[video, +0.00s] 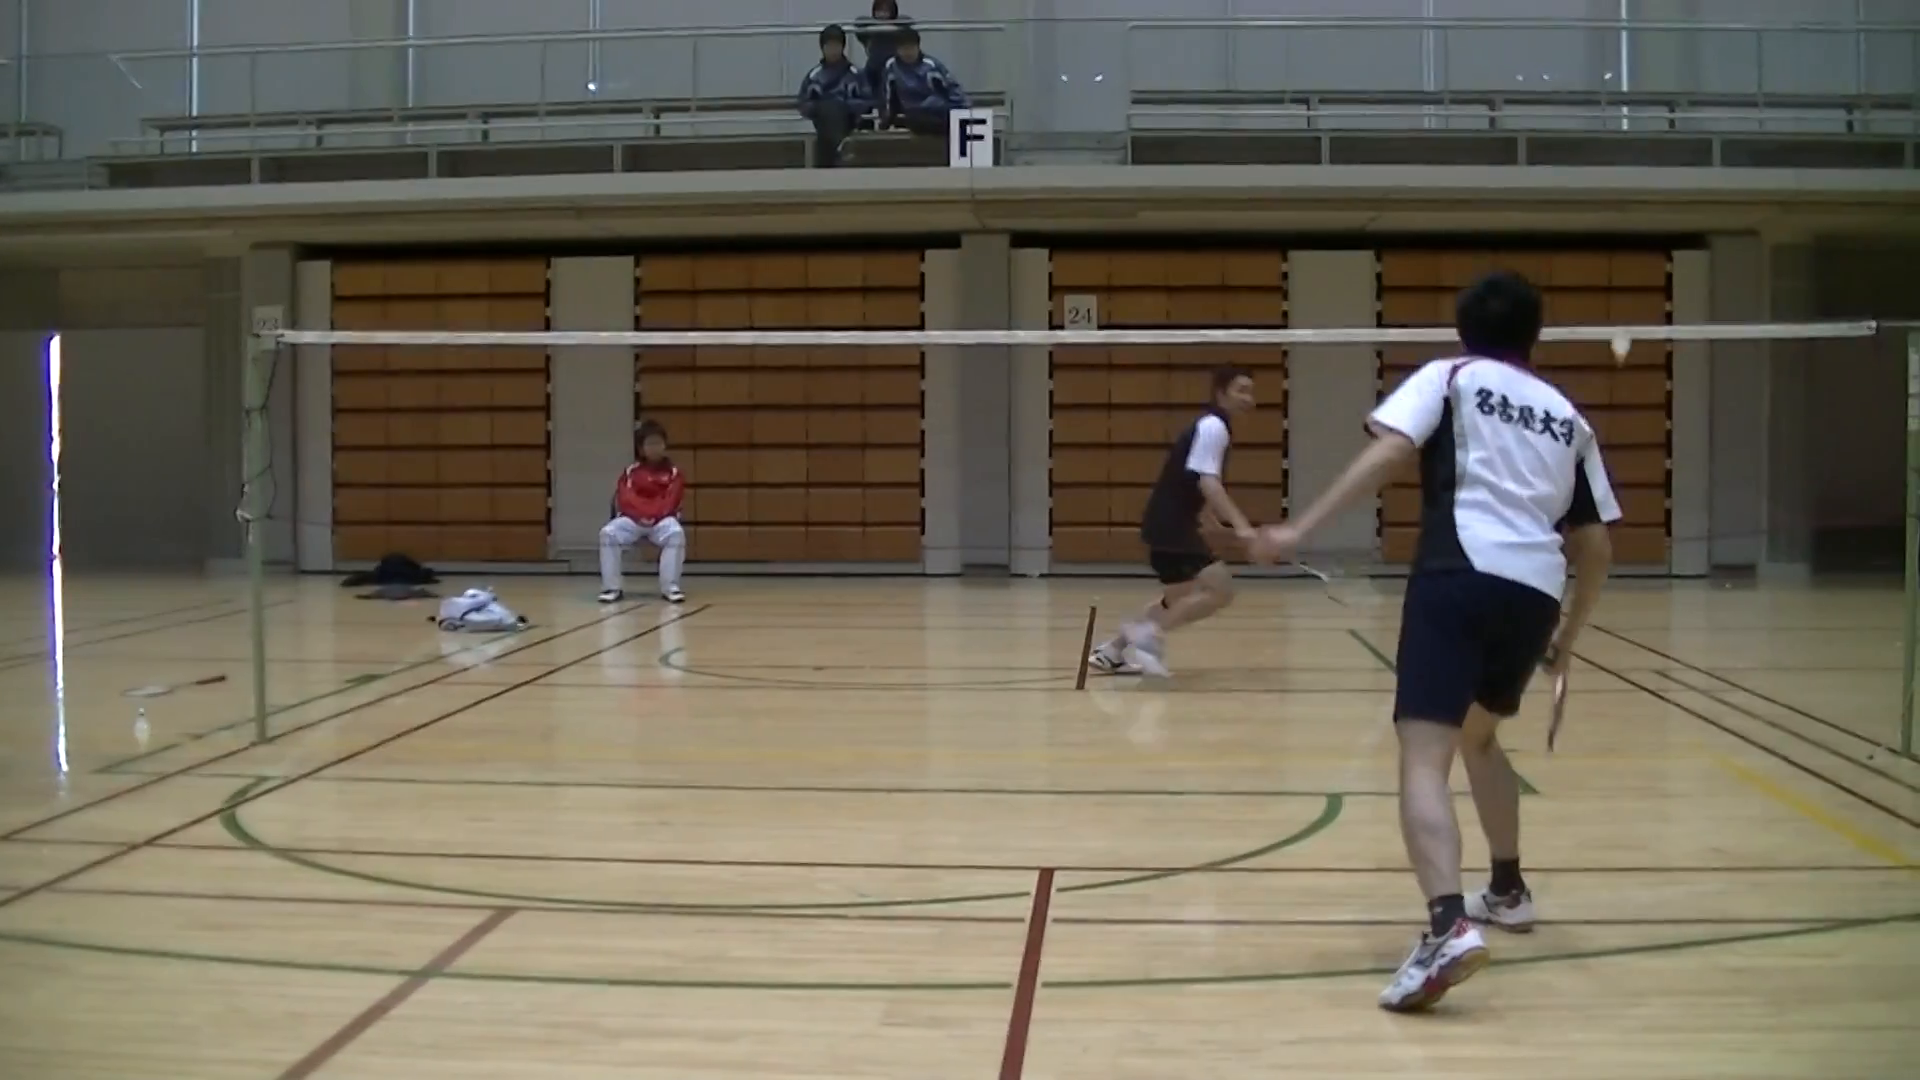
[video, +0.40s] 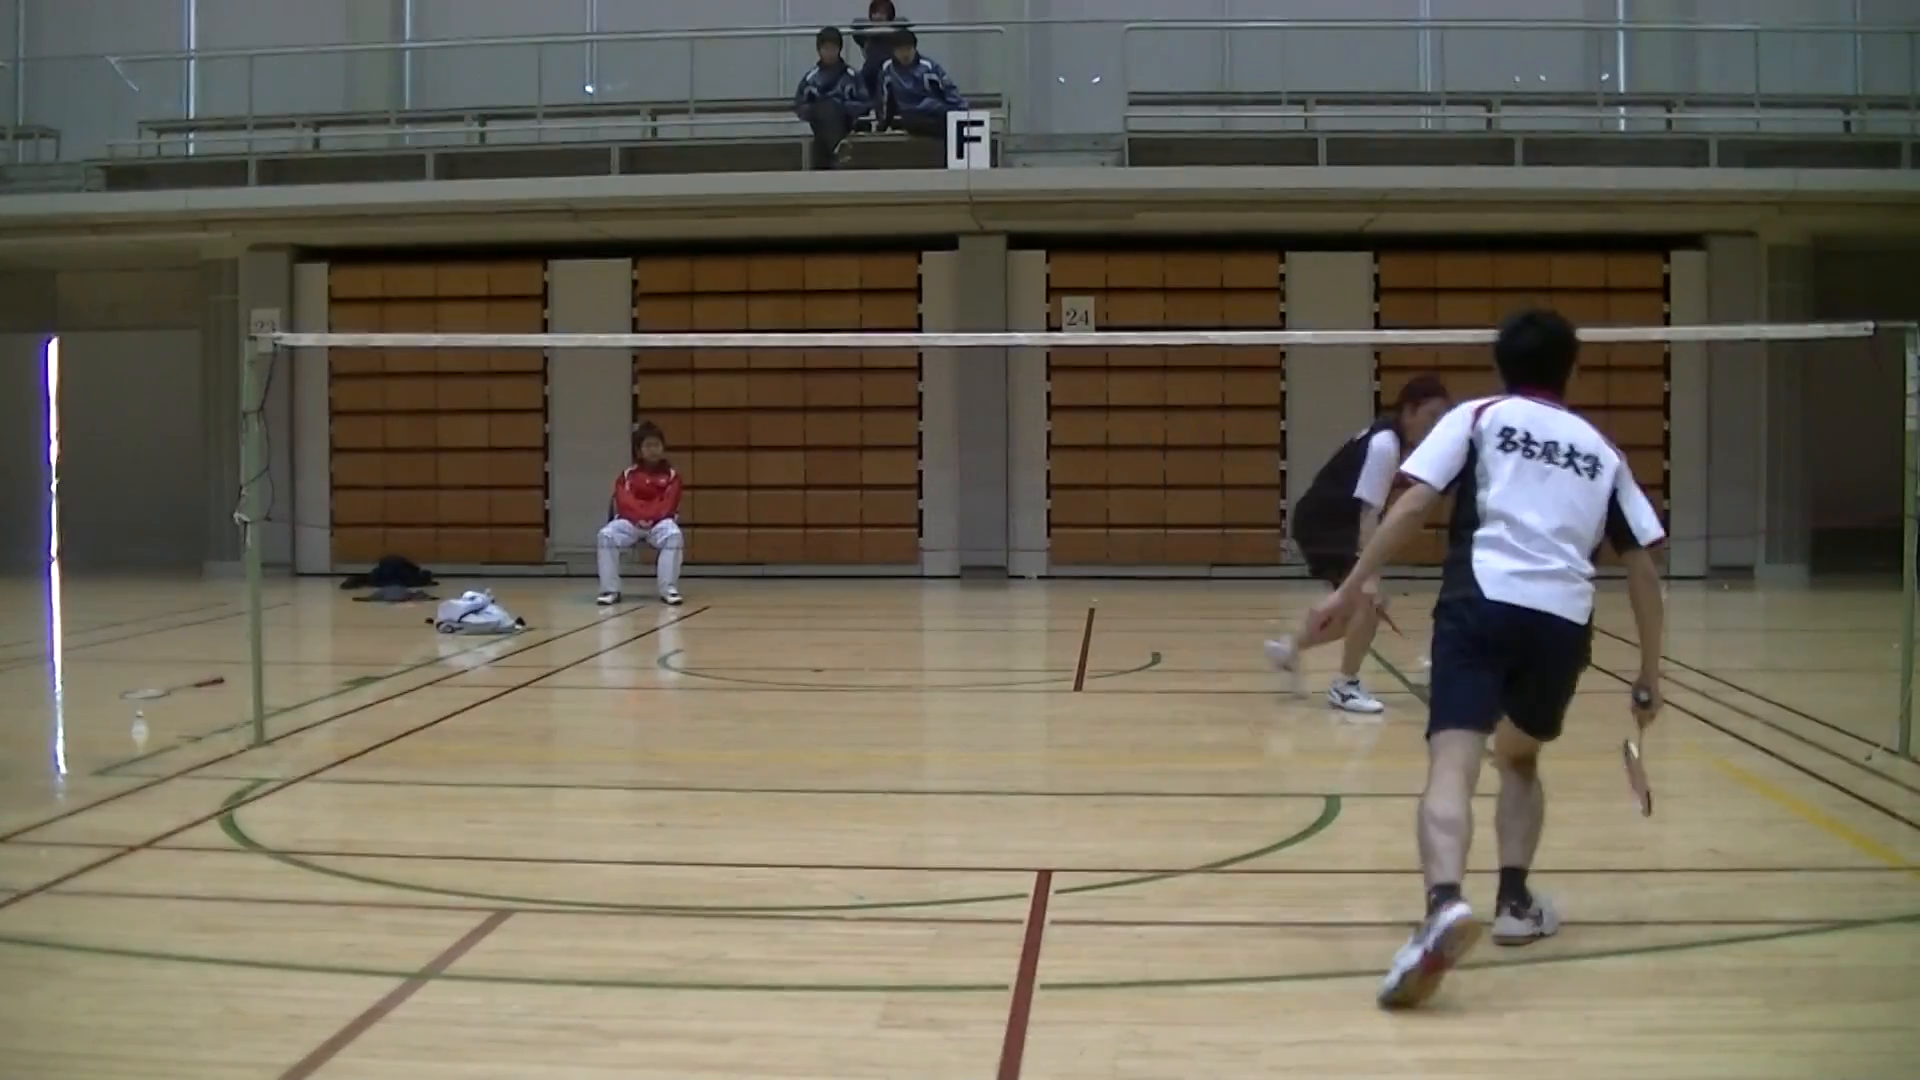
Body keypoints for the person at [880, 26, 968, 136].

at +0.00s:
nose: (908, 53)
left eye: (911, 48)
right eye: (904, 49)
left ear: (918, 48)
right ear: (897, 50)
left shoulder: (932, 65)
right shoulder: (892, 67)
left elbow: (951, 87)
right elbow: (888, 96)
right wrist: (886, 120)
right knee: (933, 102)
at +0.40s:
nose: (905, 54)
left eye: (908, 49)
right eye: (900, 50)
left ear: (915, 49)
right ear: (894, 52)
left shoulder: (929, 67)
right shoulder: (888, 70)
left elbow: (948, 89)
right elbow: (884, 98)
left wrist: (961, 108)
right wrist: (883, 123)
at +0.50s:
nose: (906, 54)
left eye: (909, 49)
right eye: (901, 50)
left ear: (916, 49)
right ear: (895, 52)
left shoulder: (930, 66)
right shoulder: (888, 70)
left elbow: (948, 89)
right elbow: (884, 99)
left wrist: (961, 108)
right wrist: (884, 123)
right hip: (910, 115)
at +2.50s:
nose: (910, 52)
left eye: (913, 47)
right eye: (905, 48)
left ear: (919, 47)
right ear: (898, 50)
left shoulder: (932, 63)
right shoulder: (892, 67)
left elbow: (951, 86)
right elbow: (886, 95)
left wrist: (965, 106)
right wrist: (886, 120)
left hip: (940, 107)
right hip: (913, 112)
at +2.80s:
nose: (910, 42)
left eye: (913, 37)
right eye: (905, 38)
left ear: (919, 37)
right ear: (898, 40)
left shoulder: (932, 54)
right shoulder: (892, 58)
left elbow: (951, 77)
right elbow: (888, 86)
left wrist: (964, 96)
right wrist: (886, 112)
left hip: (941, 98)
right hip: (915, 103)